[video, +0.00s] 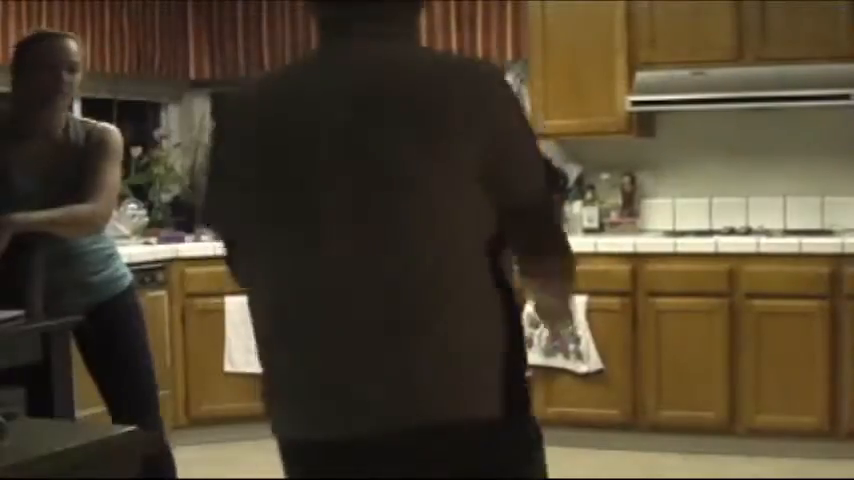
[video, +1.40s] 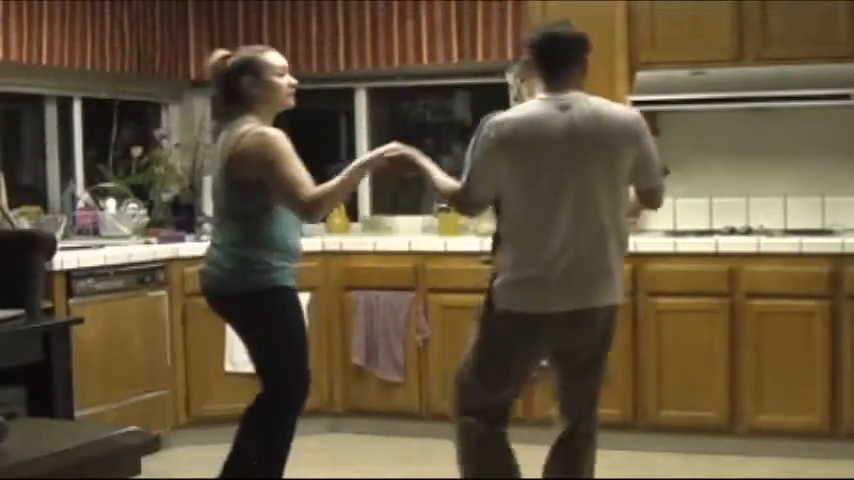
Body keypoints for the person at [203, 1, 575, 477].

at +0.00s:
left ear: (318, 13)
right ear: (415, 10)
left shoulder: (251, 109)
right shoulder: (474, 90)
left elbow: (243, 262)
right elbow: (543, 249)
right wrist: (555, 311)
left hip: (318, 429)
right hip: (465, 417)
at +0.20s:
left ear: (364, 32)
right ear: (454, 30)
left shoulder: (304, 122)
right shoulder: (501, 102)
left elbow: (308, 249)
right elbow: (558, 235)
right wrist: (593, 343)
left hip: (350, 403)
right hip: (479, 399)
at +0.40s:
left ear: (410, 49)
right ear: (492, 45)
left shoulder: (367, 123)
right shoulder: (535, 115)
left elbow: (339, 231)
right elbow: (588, 232)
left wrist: (314, 269)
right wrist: (622, 330)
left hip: (405, 368)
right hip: (512, 365)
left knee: (394, 473)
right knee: (520, 472)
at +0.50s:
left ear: (420, 47)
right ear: (494, 45)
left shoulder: (380, 125)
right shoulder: (542, 118)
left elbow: (350, 227)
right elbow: (585, 221)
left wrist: (305, 268)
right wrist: (612, 293)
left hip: (425, 364)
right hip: (525, 362)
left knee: (407, 473)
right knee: (533, 472)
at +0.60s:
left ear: (426, 46)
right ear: (498, 44)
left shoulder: (387, 123)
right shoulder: (547, 110)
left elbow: (356, 223)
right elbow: (583, 204)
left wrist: (294, 253)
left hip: (430, 351)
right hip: (527, 351)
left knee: (426, 472)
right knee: (524, 472)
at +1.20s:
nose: (545, 74)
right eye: (547, 66)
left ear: (493, 70)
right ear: (548, 67)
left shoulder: (457, 132)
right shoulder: (589, 126)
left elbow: (434, 221)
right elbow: (621, 207)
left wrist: (367, 221)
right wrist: (585, 227)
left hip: (473, 318)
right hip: (551, 318)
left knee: (449, 440)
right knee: (555, 437)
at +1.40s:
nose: (525, 73)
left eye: (526, 66)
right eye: (586, 64)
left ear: (532, 67)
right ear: (585, 65)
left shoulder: (502, 128)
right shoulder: (625, 123)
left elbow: (469, 200)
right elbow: (651, 196)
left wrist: (422, 165)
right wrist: (623, 203)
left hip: (519, 305)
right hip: (594, 304)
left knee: (479, 409)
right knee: (580, 422)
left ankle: (496, 478)